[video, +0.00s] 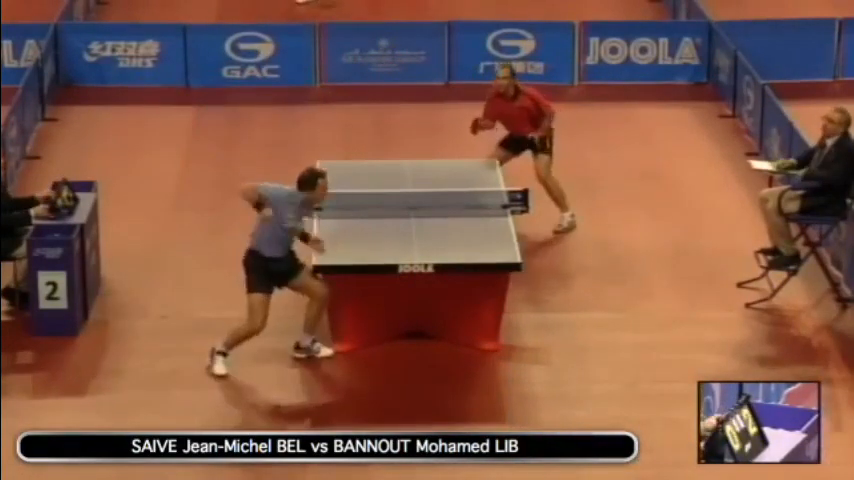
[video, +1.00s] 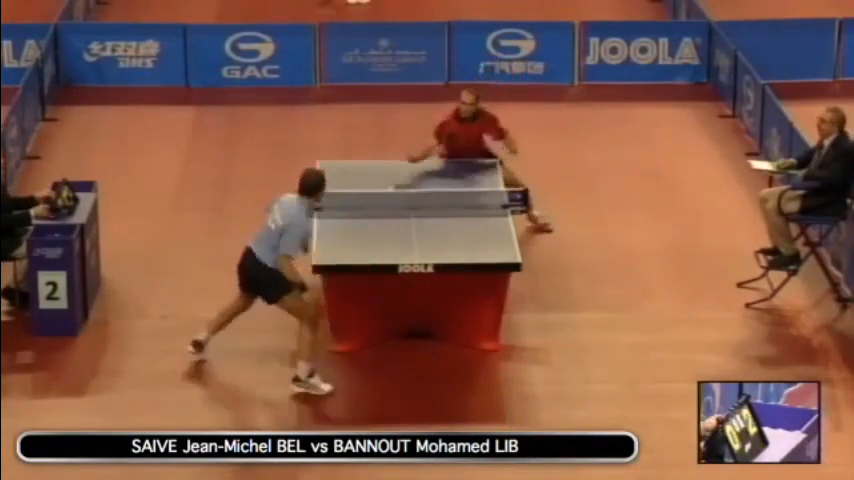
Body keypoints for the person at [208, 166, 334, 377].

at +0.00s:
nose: (326, 192)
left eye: (326, 187)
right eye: (323, 188)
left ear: (313, 188)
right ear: (312, 189)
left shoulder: (306, 205)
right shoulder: (284, 196)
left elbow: (291, 226)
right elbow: (248, 191)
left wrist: (308, 239)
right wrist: (261, 207)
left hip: (283, 259)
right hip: (259, 259)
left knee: (320, 292)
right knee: (256, 324)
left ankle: (306, 342)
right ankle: (220, 352)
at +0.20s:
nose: (341, 209)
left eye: (342, 204)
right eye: (341, 204)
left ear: (322, 196)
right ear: (335, 204)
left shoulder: (305, 204)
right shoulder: (319, 213)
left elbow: (268, 215)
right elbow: (302, 225)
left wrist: (288, 238)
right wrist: (309, 252)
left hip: (281, 265)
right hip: (266, 266)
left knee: (318, 291)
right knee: (268, 332)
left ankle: (305, 342)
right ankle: (222, 349)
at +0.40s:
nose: (340, 189)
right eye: (341, 184)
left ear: (319, 179)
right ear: (338, 183)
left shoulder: (303, 191)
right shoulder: (333, 198)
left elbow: (266, 207)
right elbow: (326, 219)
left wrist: (267, 236)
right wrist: (329, 247)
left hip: (271, 249)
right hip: (290, 256)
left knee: (306, 290)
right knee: (296, 323)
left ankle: (304, 341)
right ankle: (248, 345)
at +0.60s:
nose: (336, 178)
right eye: (336, 174)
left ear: (314, 172)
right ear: (335, 176)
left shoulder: (295, 191)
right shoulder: (332, 199)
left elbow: (268, 216)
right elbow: (326, 236)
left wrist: (270, 245)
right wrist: (337, 259)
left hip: (277, 257)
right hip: (303, 261)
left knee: (283, 303)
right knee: (331, 317)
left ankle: (259, 355)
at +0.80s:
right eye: (333, 180)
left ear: (311, 178)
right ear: (333, 183)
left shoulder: (293, 196)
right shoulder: (327, 212)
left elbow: (266, 220)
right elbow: (332, 255)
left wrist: (276, 242)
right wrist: (355, 264)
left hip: (272, 265)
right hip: (300, 271)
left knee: (269, 300)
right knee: (330, 320)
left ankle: (256, 352)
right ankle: (331, 382)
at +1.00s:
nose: (324, 193)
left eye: (322, 189)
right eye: (323, 190)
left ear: (301, 186)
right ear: (319, 193)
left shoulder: (286, 199)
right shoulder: (300, 222)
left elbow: (270, 213)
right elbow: (283, 259)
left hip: (249, 258)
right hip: (266, 271)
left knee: (242, 302)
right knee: (309, 315)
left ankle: (203, 338)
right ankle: (304, 375)